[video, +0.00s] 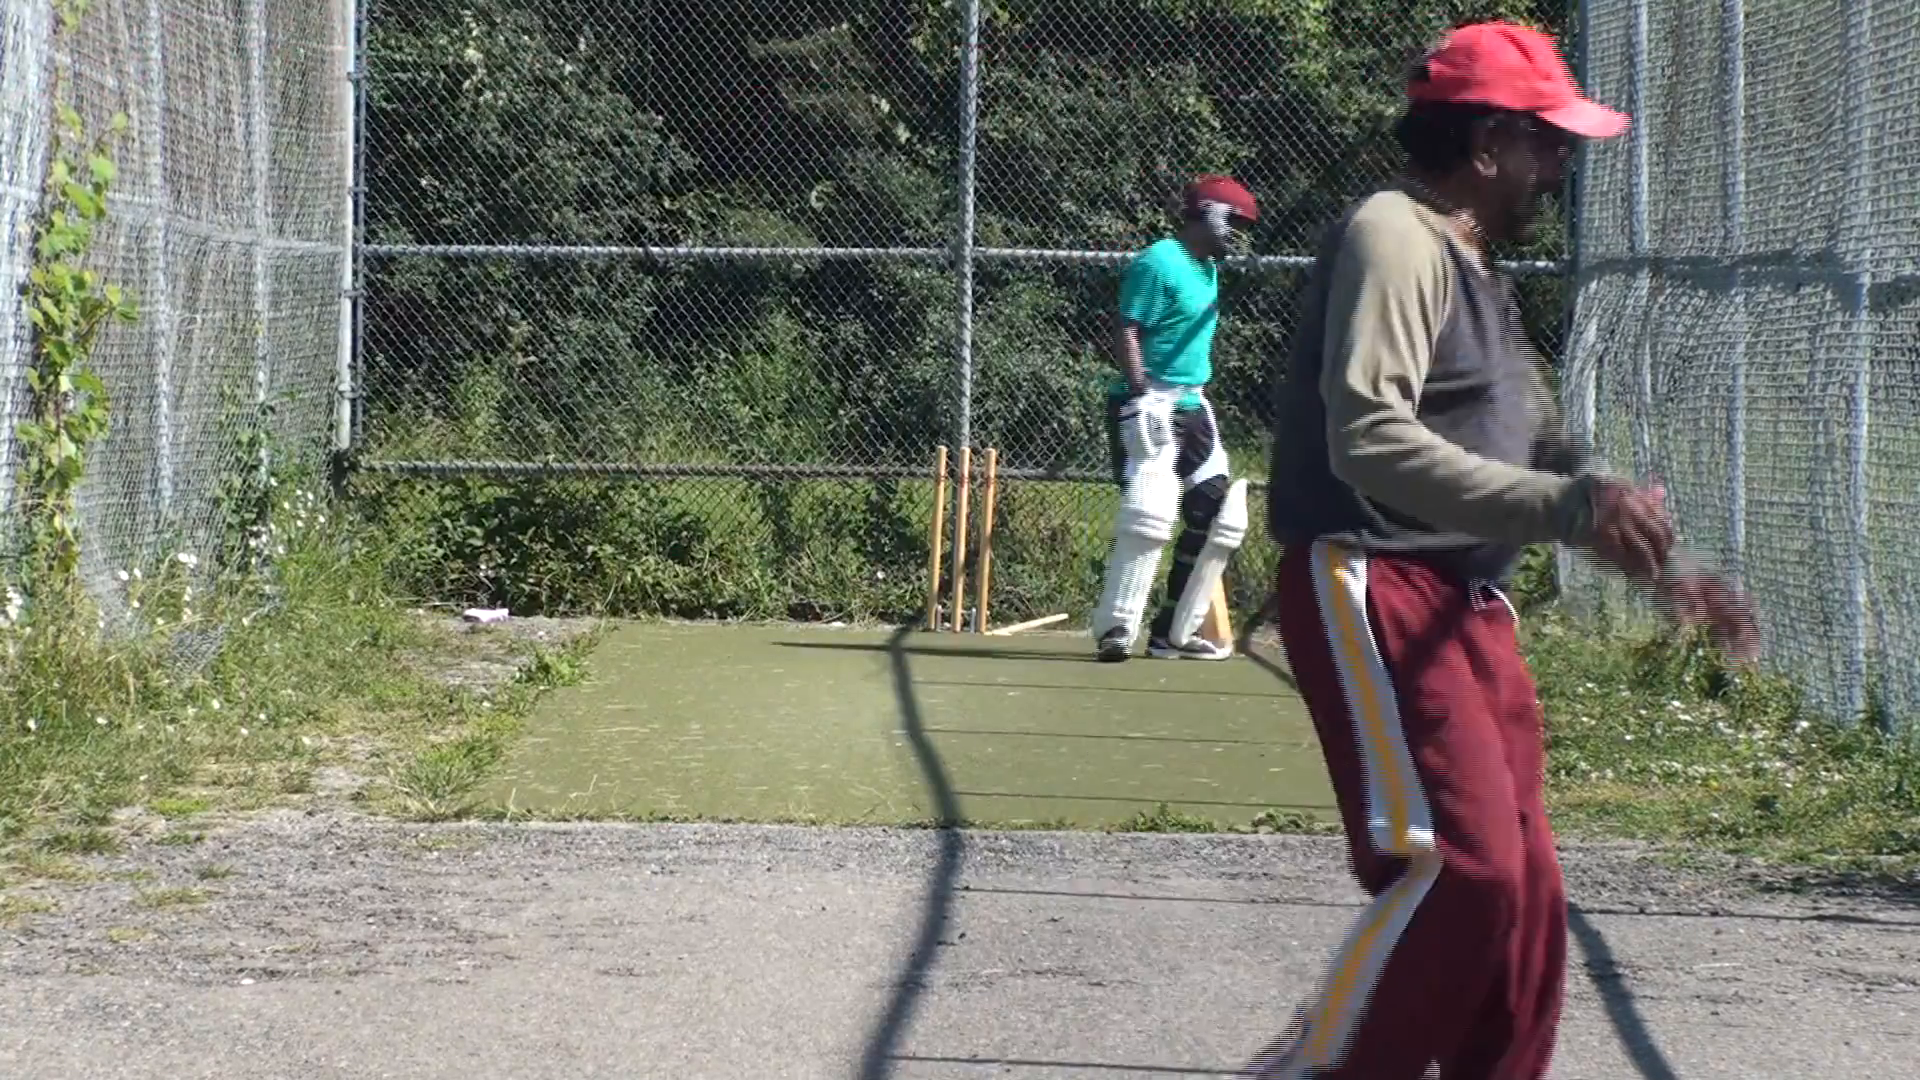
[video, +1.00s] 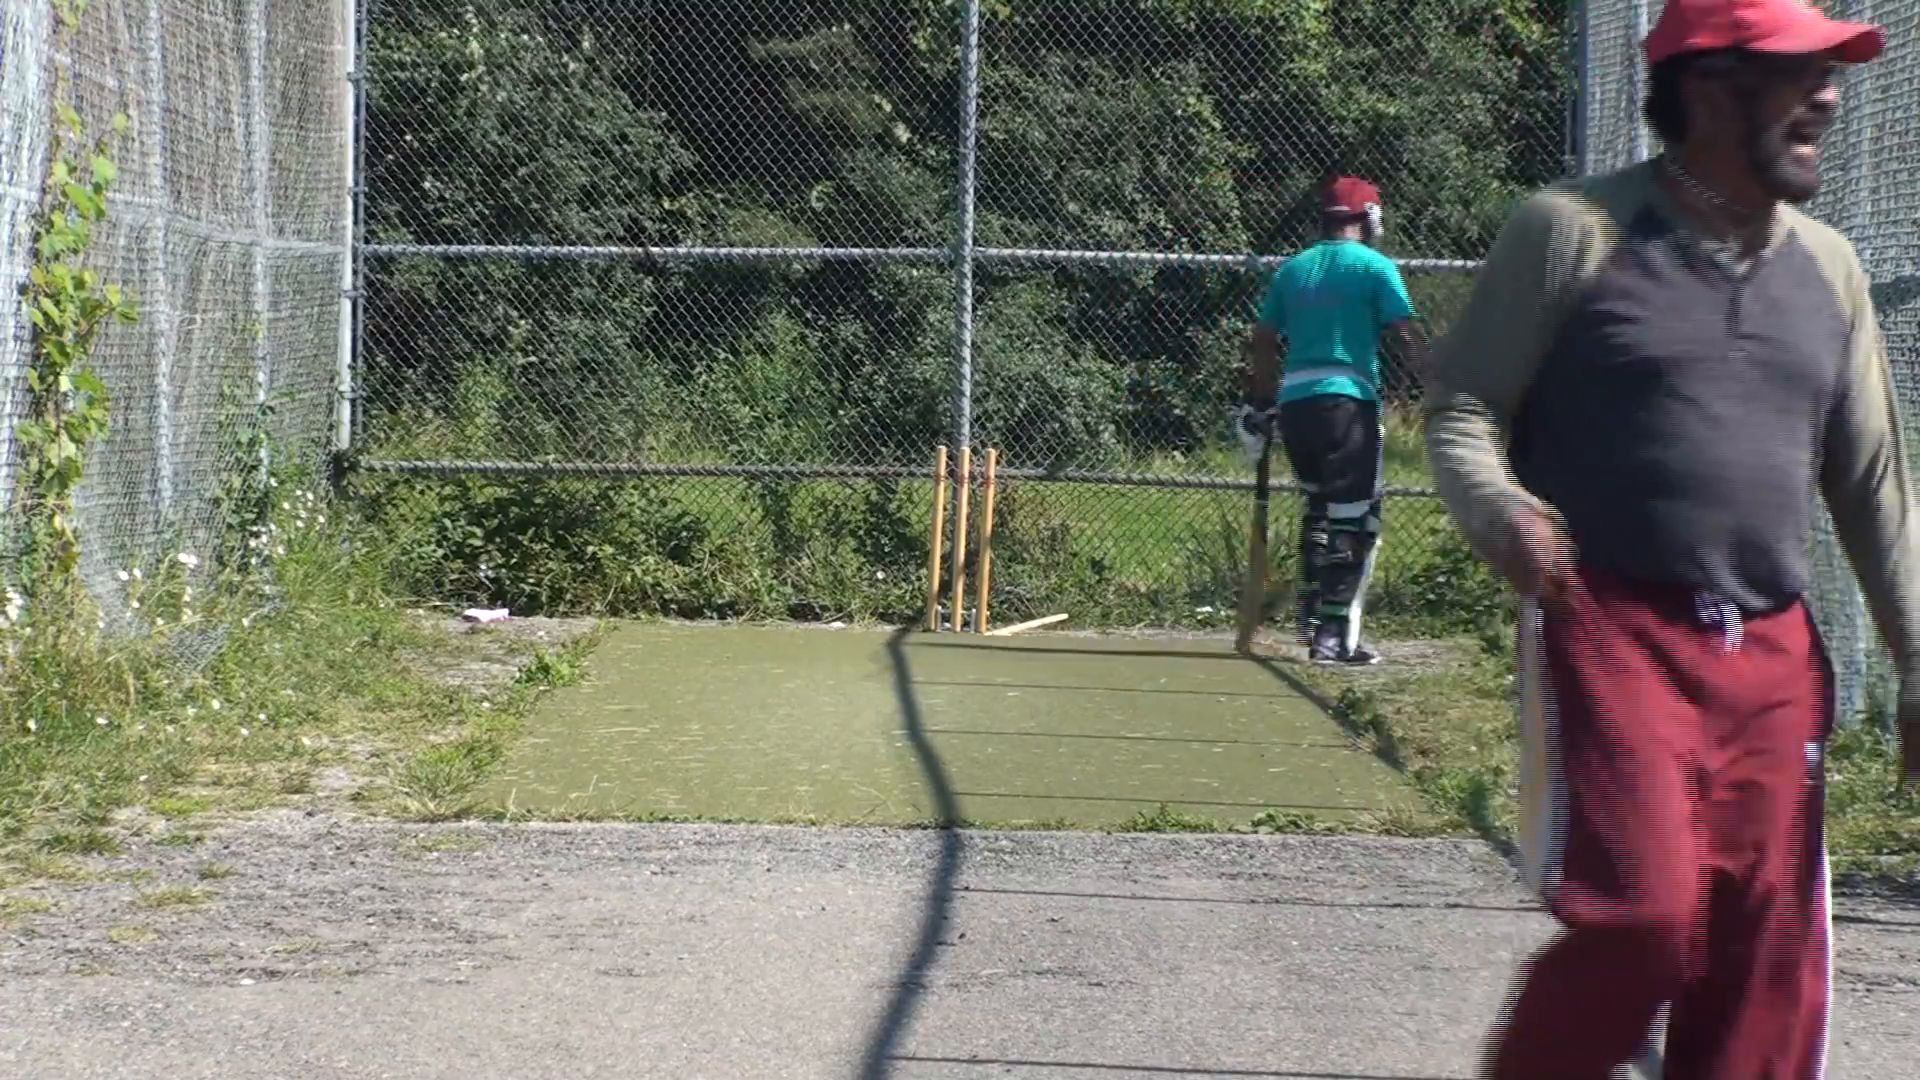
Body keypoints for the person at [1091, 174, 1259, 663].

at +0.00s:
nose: (1236, 232)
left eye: (1238, 223)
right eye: (1229, 221)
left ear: (1216, 222)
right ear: (1202, 216)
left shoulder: (1207, 268)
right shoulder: (1157, 262)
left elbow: (1188, 340)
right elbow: (1127, 329)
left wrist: (1196, 400)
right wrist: (1140, 390)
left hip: (1191, 403)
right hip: (1148, 402)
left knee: (1221, 516)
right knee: (1150, 514)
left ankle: (1175, 632)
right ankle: (1117, 629)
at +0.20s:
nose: (1258, 229)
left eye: (1259, 219)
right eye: (1254, 218)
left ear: (1222, 213)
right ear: (1234, 213)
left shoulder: (1207, 257)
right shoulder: (1199, 251)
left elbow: (1190, 333)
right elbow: (1175, 319)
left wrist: (1212, 400)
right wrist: (1192, 388)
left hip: (1197, 402)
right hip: (1183, 402)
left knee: (1219, 508)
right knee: (1219, 509)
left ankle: (1179, 624)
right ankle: (1177, 626)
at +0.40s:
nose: (1278, 221)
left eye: (1277, 210)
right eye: (1272, 210)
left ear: (1228, 213)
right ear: (1251, 208)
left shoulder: (1203, 255)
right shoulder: (1232, 250)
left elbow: (1171, 329)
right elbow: (1221, 321)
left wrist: (1197, 373)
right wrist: (1246, 392)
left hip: (1184, 400)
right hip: (1216, 402)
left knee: (1210, 516)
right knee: (1271, 500)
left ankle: (1175, 630)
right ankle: (1273, 623)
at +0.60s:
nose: (1304, 224)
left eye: (1301, 214)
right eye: (1298, 215)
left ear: (1253, 219)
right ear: (1282, 218)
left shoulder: (1222, 266)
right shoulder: (1279, 260)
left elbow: (1193, 337)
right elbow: (1272, 329)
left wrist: (1210, 386)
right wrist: (1290, 391)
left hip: (1212, 408)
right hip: (1255, 406)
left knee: (1220, 521)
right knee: (1308, 510)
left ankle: (1175, 628)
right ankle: (1331, 628)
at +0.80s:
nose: (1346, 231)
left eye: (1345, 222)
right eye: (1342, 222)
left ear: (1291, 224)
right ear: (1326, 225)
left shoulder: (1257, 271)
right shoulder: (1333, 267)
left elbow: (1238, 346)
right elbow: (1337, 341)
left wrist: (1236, 408)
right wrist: (1375, 381)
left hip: (1259, 409)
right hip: (1312, 407)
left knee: (1277, 524)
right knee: (1343, 511)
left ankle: (1213, 600)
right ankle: (1333, 635)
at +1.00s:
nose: (1380, 227)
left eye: (1377, 220)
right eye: (1377, 220)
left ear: (1327, 222)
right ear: (1367, 221)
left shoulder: (1293, 268)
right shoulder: (1376, 265)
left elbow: (1261, 342)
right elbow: (1407, 338)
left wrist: (1259, 405)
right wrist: (1436, 389)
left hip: (1295, 406)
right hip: (1346, 403)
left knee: (1318, 505)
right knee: (1350, 519)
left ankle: (1312, 616)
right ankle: (1331, 637)